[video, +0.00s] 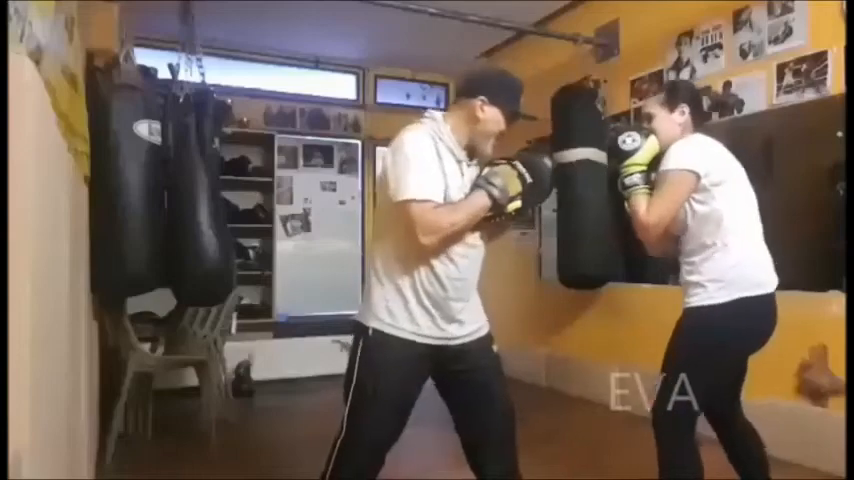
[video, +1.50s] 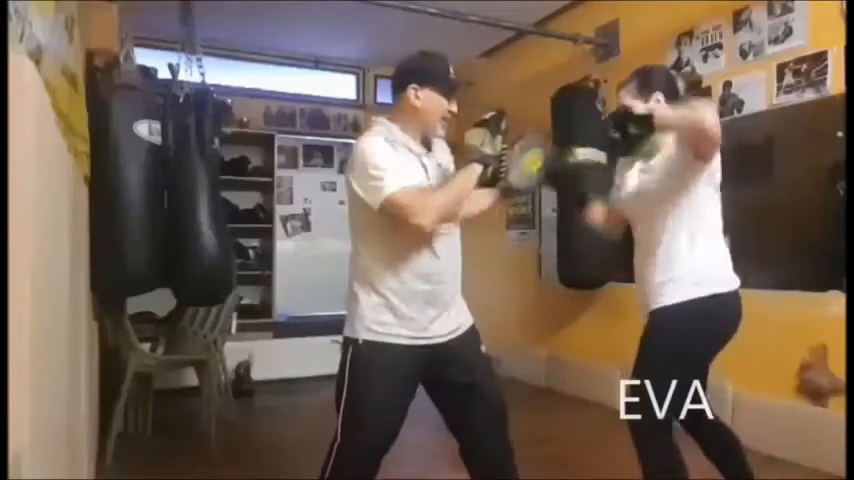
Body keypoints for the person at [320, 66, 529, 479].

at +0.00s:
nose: (506, 129)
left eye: (510, 119)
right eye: (506, 117)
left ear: (480, 110)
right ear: (481, 108)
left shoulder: (472, 157)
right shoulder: (414, 141)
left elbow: (472, 235)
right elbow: (428, 231)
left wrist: (514, 206)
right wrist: (491, 191)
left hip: (463, 328)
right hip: (398, 328)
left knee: (496, 447)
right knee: (360, 454)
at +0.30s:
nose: (482, 129)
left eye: (485, 118)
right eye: (479, 115)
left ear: (451, 108)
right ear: (449, 106)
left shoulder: (457, 156)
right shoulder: (385, 147)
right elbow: (403, 238)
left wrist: (509, 194)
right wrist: (463, 192)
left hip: (459, 330)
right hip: (389, 332)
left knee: (498, 442)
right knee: (357, 457)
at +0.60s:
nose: (476, 127)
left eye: (479, 117)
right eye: (472, 115)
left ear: (444, 110)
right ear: (440, 108)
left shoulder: (461, 145)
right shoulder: (380, 152)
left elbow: (525, 140)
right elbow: (397, 243)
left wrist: (508, 183)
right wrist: (458, 191)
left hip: (465, 321)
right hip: (396, 330)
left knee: (504, 429)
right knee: (361, 453)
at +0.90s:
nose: (501, 130)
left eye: (503, 119)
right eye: (496, 118)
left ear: (469, 112)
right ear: (466, 112)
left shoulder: (485, 145)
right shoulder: (400, 149)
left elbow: (545, 141)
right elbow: (407, 241)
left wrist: (530, 190)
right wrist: (470, 192)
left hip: (470, 322)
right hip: (398, 327)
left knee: (504, 427)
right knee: (364, 443)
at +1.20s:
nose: (458, 120)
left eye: (460, 110)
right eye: (453, 107)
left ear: (430, 104)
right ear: (423, 101)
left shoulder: (443, 150)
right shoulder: (374, 152)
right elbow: (411, 231)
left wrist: (476, 205)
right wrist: (464, 187)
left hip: (451, 323)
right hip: (387, 331)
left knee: (495, 426)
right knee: (361, 449)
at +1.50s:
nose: (453, 108)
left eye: (453, 98)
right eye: (446, 96)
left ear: (417, 97)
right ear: (414, 94)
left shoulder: (438, 149)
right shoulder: (371, 149)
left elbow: (457, 209)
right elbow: (420, 214)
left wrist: (504, 183)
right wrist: (476, 165)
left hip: (449, 327)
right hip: (382, 333)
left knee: (488, 429)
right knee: (359, 450)